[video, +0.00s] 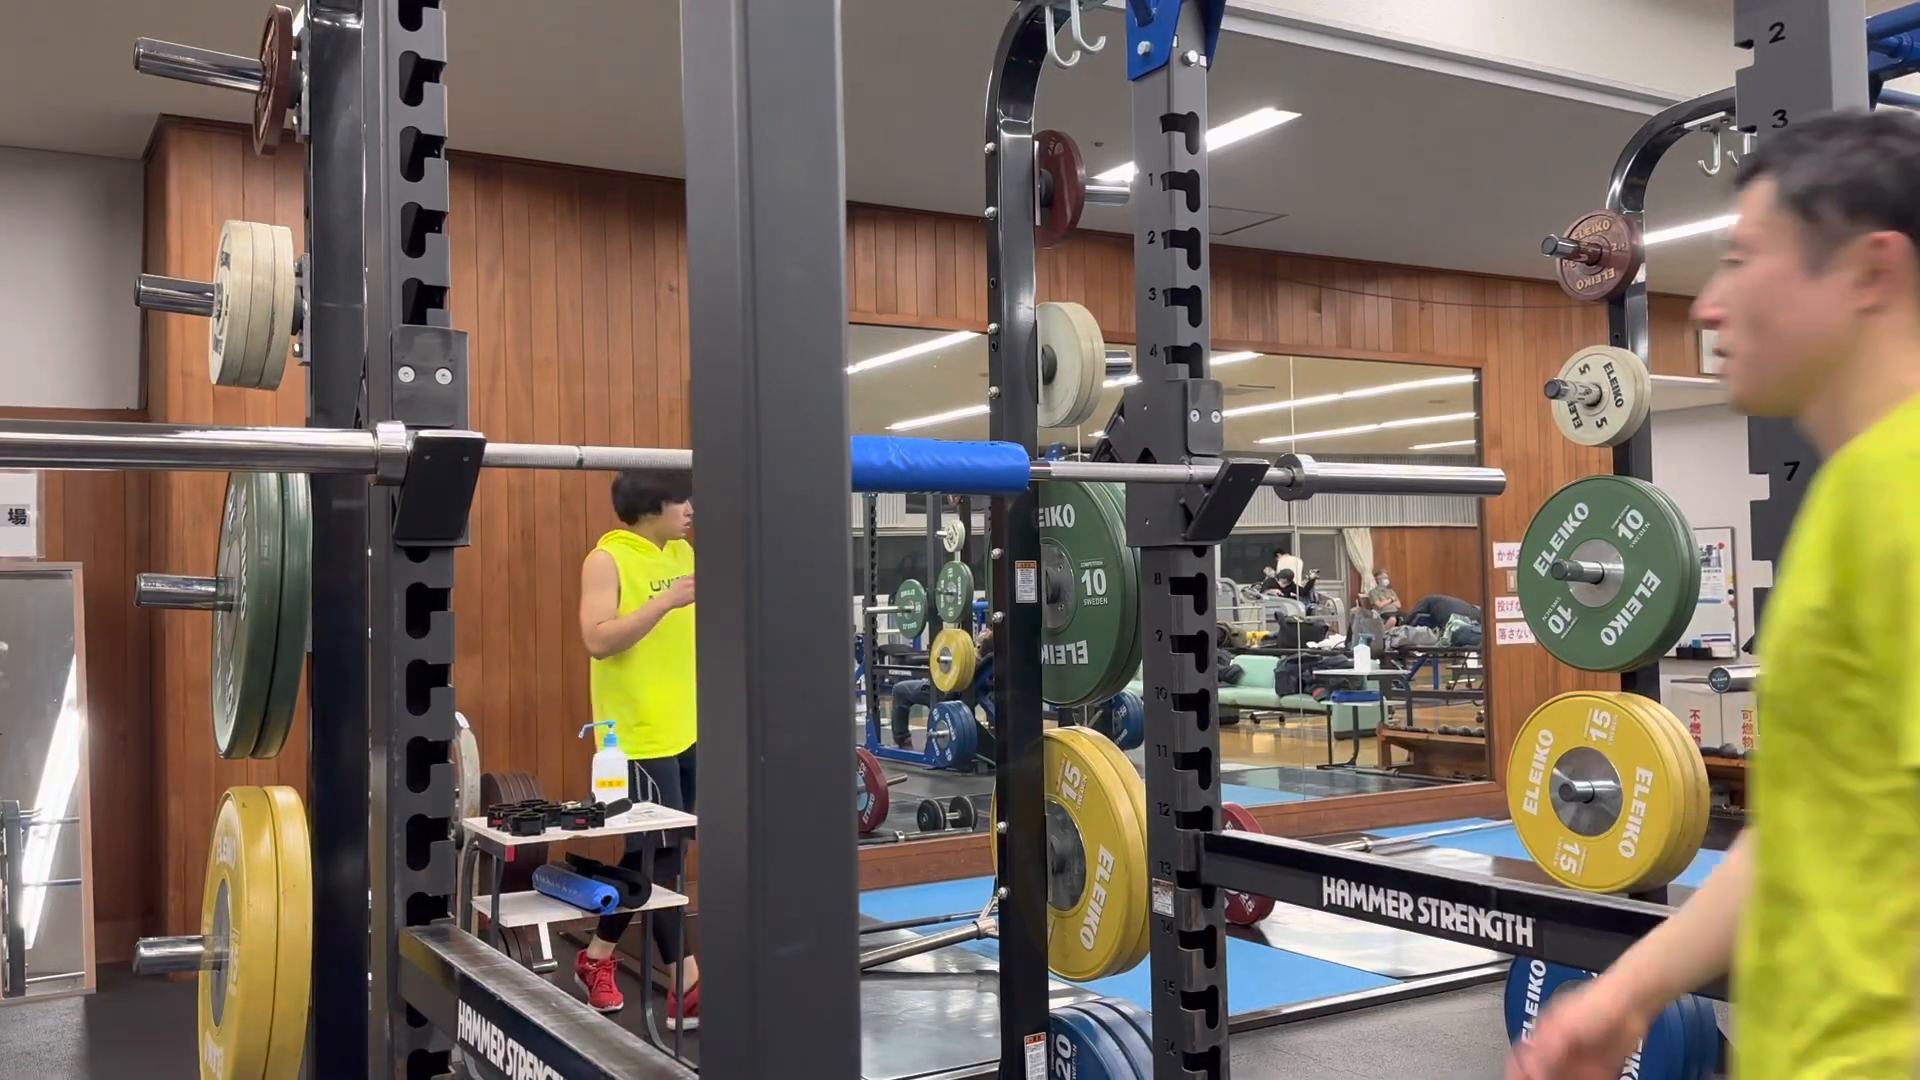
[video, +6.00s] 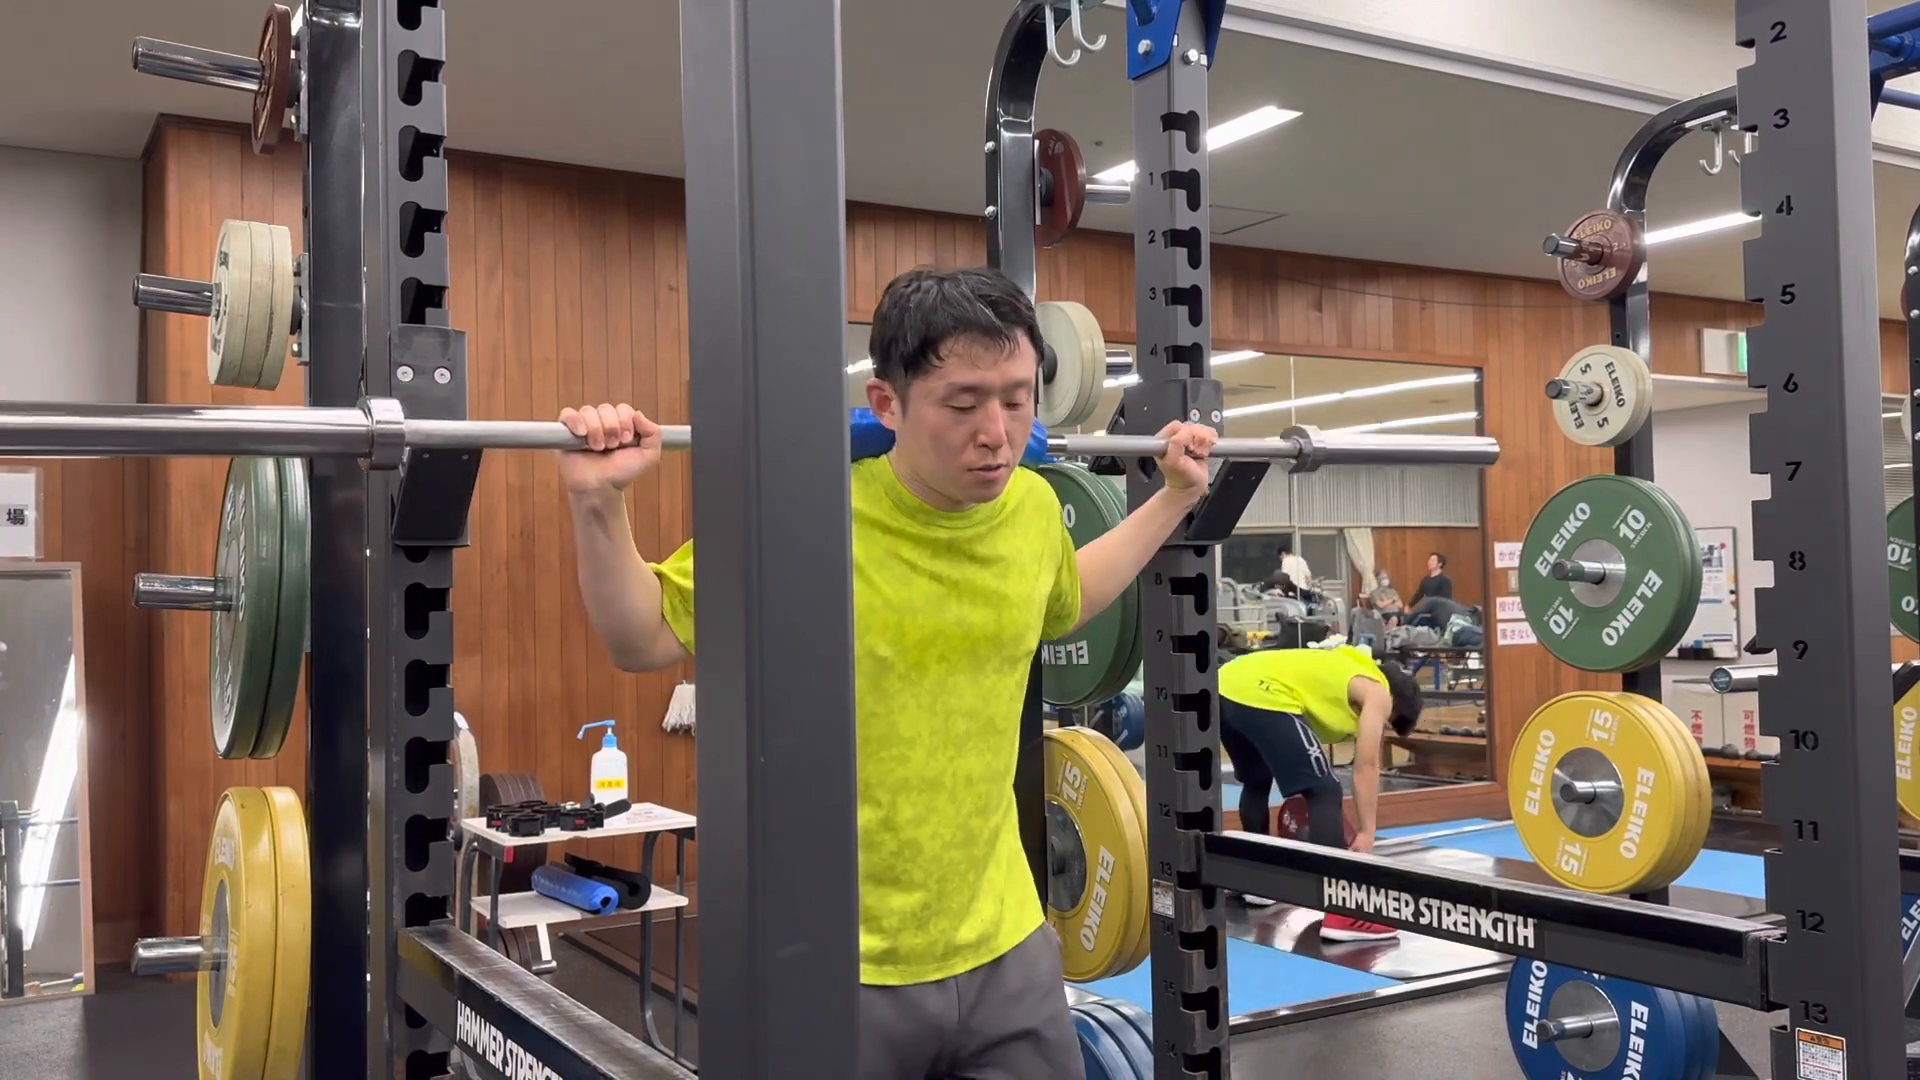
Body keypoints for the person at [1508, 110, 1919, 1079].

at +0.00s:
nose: (1704, 301)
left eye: (1740, 257)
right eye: (1721, 263)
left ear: (1876, 273)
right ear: (1872, 274)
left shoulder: (1889, 489)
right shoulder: (1851, 491)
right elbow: (1806, 817)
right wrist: (1635, 988)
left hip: (1866, 1046)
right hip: (1799, 1042)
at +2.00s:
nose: (1016, 458)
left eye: (1010, 434)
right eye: (997, 435)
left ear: (924, 458)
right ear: (914, 458)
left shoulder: (974, 570)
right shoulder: (750, 553)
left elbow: (998, 718)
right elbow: (590, 676)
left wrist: (1154, 763)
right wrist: (578, 525)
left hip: (884, 966)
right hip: (736, 974)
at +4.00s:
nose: (990, 449)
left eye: (1009, 420)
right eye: (959, 417)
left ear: (1027, 428)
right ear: (890, 424)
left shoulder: (1025, 533)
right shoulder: (815, 541)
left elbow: (1064, 634)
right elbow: (654, 671)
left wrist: (1163, 527)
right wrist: (599, 523)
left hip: (983, 948)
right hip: (846, 965)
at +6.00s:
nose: (995, 434)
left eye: (1015, 401)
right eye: (962, 404)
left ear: (1036, 398)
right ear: (887, 402)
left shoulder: (1031, 507)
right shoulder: (813, 517)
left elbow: (1062, 599)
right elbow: (644, 638)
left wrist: (1174, 499)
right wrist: (597, 505)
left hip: (1009, 954)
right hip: (851, 977)